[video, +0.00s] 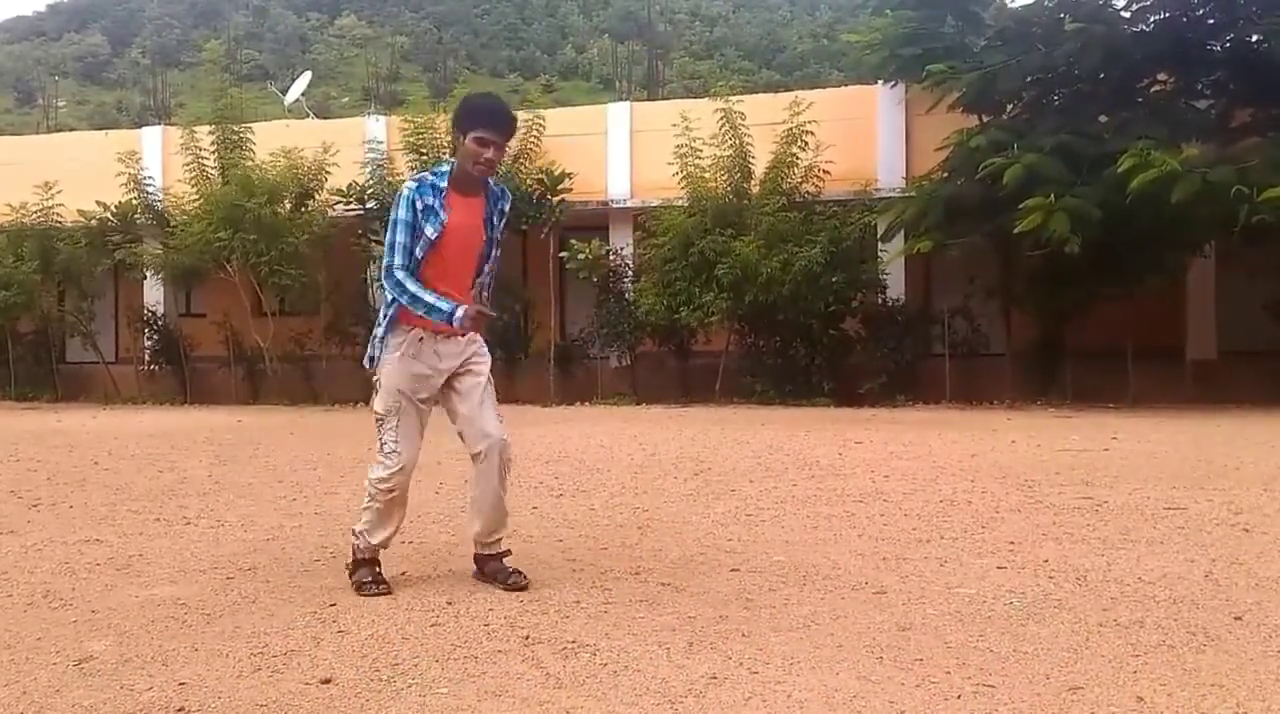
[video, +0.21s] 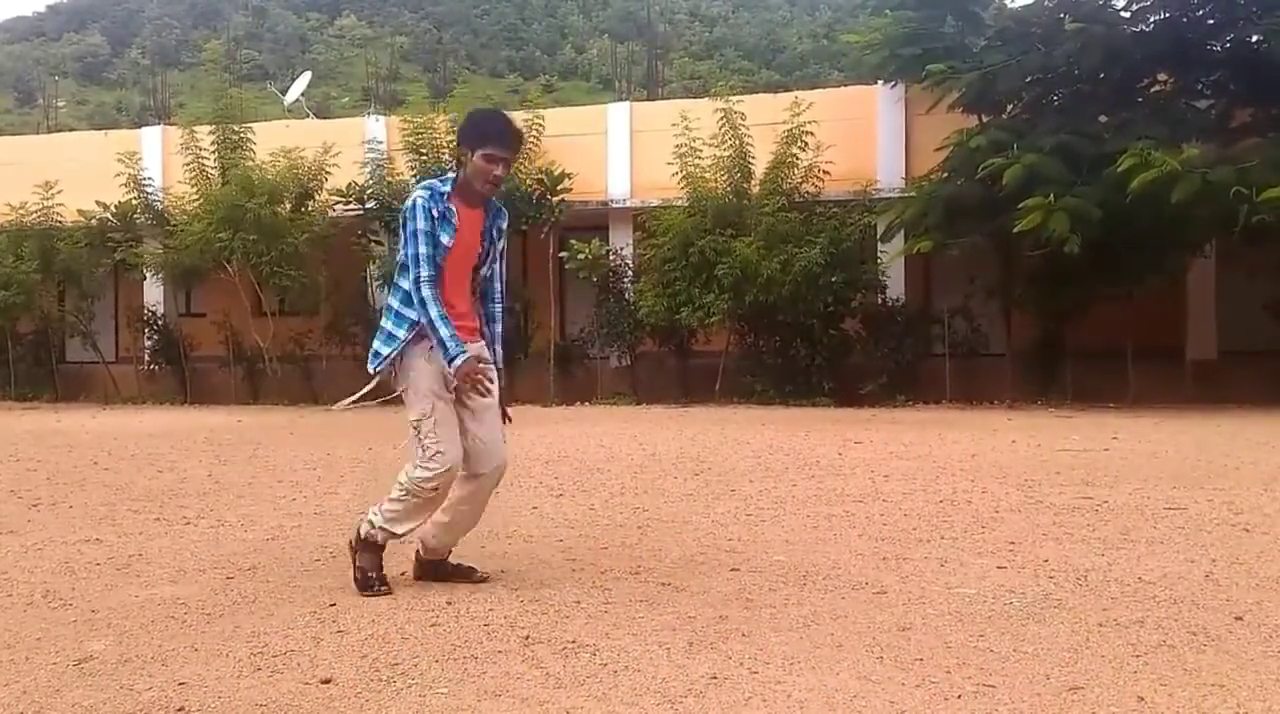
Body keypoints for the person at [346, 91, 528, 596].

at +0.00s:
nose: (489, 154)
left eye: (498, 146)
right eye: (480, 142)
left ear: (506, 150)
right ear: (458, 140)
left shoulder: (499, 200)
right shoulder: (417, 192)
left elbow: (486, 264)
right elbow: (394, 274)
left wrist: (478, 309)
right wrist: (452, 313)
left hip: (466, 345)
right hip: (410, 342)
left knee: (492, 443)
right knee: (398, 460)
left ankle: (489, 555)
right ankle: (365, 554)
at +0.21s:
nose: (499, 172)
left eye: (507, 163)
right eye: (491, 160)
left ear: (512, 164)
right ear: (463, 154)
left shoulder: (495, 216)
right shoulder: (426, 200)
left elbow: (494, 295)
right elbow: (423, 284)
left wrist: (496, 371)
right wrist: (455, 352)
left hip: (473, 343)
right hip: (421, 339)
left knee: (489, 460)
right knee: (441, 459)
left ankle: (433, 555)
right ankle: (370, 537)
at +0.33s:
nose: (530, 196)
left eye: (536, 187)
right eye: (522, 184)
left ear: (537, 189)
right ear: (495, 179)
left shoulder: (509, 224)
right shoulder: (460, 206)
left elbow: (526, 269)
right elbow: (405, 267)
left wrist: (562, 289)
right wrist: (366, 339)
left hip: (460, 341)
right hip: (414, 339)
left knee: (482, 440)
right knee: (486, 419)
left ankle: (436, 552)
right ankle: (418, 521)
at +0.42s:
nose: (546, 179)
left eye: (552, 170)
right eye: (539, 166)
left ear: (550, 167)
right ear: (511, 158)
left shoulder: (523, 202)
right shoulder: (468, 180)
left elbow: (559, 225)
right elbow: (396, 220)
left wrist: (588, 196)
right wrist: (331, 274)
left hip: (450, 318)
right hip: (416, 312)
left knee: (448, 437)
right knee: (489, 402)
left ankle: (429, 547)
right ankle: (460, 529)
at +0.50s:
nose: (552, 149)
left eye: (558, 139)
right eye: (543, 137)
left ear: (560, 139)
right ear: (514, 132)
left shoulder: (536, 180)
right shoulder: (472, 152)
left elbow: (573, 201)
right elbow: (393, 177)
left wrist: (593, 151)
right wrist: (316, 211)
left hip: (459, 302)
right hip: (421, 292)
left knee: (434, 424)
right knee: (486, 411)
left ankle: (390, 526)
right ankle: (487, 543)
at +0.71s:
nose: (534, 139)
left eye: (544, 131)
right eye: (525, 126)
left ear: (551, 135)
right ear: (502, 125)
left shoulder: (536, 189)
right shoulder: (464, 171)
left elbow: (550, 263)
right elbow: (380, 194)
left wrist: (556, 207)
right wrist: (295, 213)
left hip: (498, 338)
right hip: (464, 333)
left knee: (443, 440)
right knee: (517, 459)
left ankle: (347, 483)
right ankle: (477, 569)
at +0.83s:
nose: (547, 154)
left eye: (555, 144)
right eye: (537, 141)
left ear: (560, 149)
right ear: (508, 141)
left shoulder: (544, 209)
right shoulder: (467, 197)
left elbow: (522, 283)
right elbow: (406, 264)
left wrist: (554, 305)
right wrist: (346, 330)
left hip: (511, 356)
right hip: (472, 351)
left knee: (470, 472)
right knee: (535, 469)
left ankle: (385, 523)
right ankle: (477, 569)